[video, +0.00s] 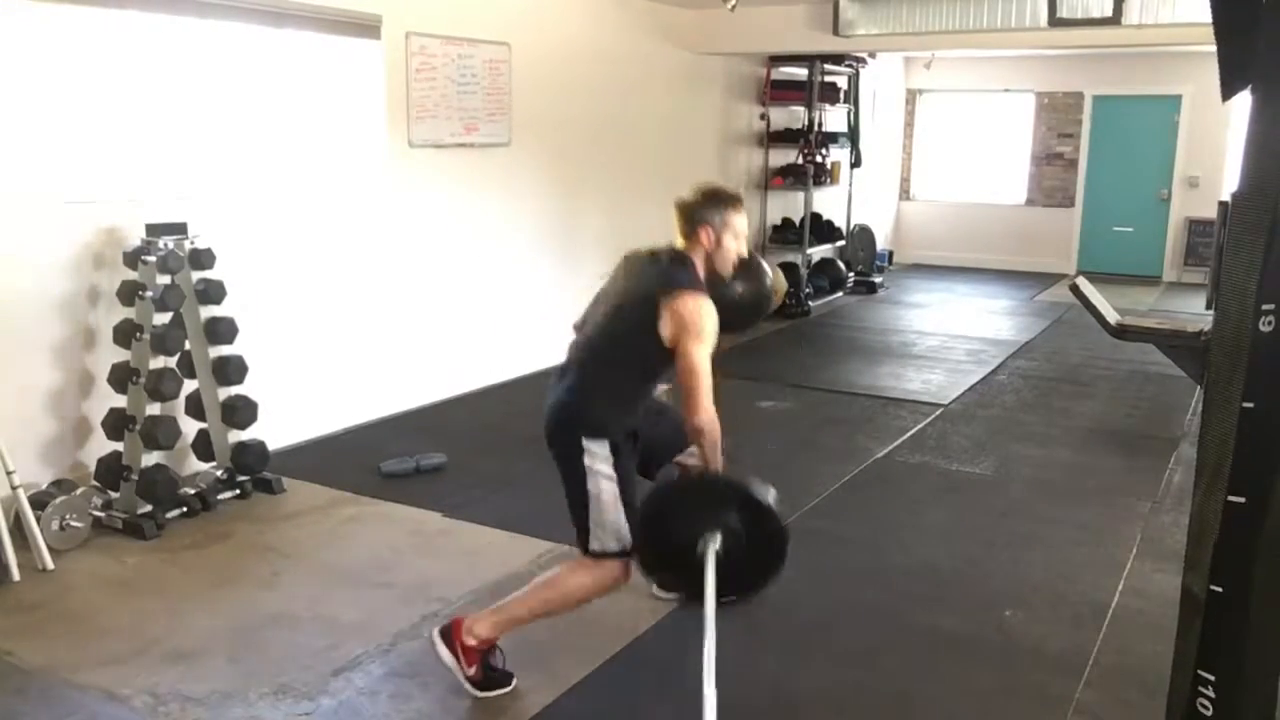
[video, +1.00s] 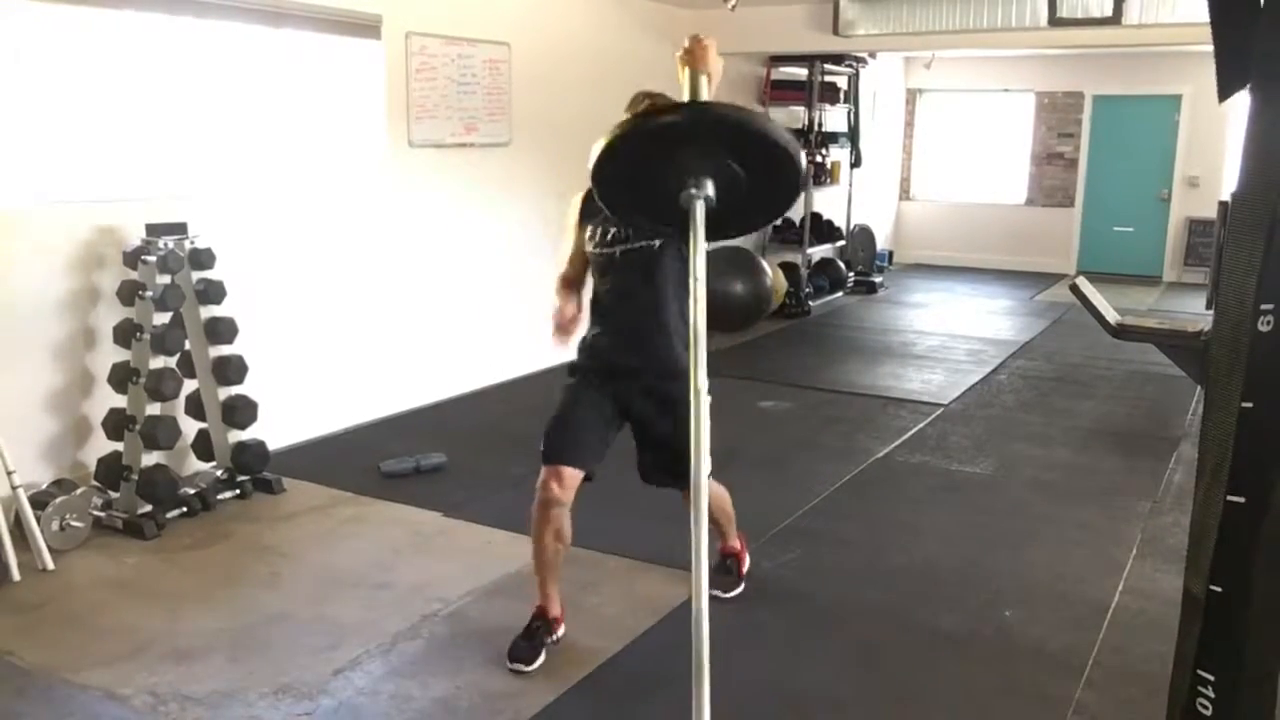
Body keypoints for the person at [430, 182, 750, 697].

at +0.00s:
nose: (743, 248)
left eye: (744, 236)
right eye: (738, 236)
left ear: (698, 235)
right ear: (707, 235)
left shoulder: (646, 263)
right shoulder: (694, 303)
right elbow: (700, 419)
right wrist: (717, 485)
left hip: (623, 402)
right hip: (589, 421)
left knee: (696, 460)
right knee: (609, 565)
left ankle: (670, 558)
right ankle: (474, 634)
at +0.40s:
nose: (746, 218)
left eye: (745, 205)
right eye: (737, 206)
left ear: (698, 207)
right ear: (705, 205)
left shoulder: (661, 243)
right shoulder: (697, 262)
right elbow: (707, 370)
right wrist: (715, 434)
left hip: (636, 395)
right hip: (603, 406)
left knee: (690, 458)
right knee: (586, 550)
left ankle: (679, 569)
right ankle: (463, 632)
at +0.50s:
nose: (727, 168)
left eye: (730, 157)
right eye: (716, 155)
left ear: (726, 159)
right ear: (687, 153)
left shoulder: (686, 208)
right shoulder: (663, 196)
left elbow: (678, 288)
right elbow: (675, 278)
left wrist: (707, 342)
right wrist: (715, 347)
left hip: (648, 359)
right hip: (598, 363)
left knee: (701, 445)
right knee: (582, 503)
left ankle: (683, 564)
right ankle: (475, 617)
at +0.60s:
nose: (705, 135)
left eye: (713, 125)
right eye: (695, 122)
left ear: (720, 126)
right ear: (668, 115)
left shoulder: (714, 192)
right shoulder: (631, 151)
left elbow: (710, 275)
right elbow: (618, 212)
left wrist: (720, 331)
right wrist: (695, 246)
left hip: (666, 328)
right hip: (599, 322)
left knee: (703, 452)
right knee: (575, 466)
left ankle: (693, 549)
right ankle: (519, 601)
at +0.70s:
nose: (677, 128)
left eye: (687, 118)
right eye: (668, 116)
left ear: (699, 120)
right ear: (646, 112)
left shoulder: (711, 176)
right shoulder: (605, 159)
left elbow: (730, 254)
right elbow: (540, 228)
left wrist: (721, 206)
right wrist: (559, 190)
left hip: (673, 336)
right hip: (605, 330)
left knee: (696, 466)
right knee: (574, 463)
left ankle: (728, 540)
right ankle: (531, 596)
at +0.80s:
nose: (657, 146)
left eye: (668, 138)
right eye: (649, 135)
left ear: (686, 141)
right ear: (632, 132)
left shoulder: (695, 192)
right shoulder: (602, 187)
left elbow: (734, 202)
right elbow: (552, 252)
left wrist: (722, 135)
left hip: (676, 362)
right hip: (607, 356)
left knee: (700, 480)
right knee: (564, 481)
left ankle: (734, 541)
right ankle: (533, 606)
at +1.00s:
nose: (641, 148)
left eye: (652, 136)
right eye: (634, 136)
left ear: (672, 142)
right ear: (620, 141)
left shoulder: (684, 196)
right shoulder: (596, 202)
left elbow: (709, 141)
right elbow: (575, 269)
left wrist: (703, 78)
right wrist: (569, 301)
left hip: (668, 368)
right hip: (602, 362)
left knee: (690, 480)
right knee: (555, 481)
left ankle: (732, 545)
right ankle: (548, 610)